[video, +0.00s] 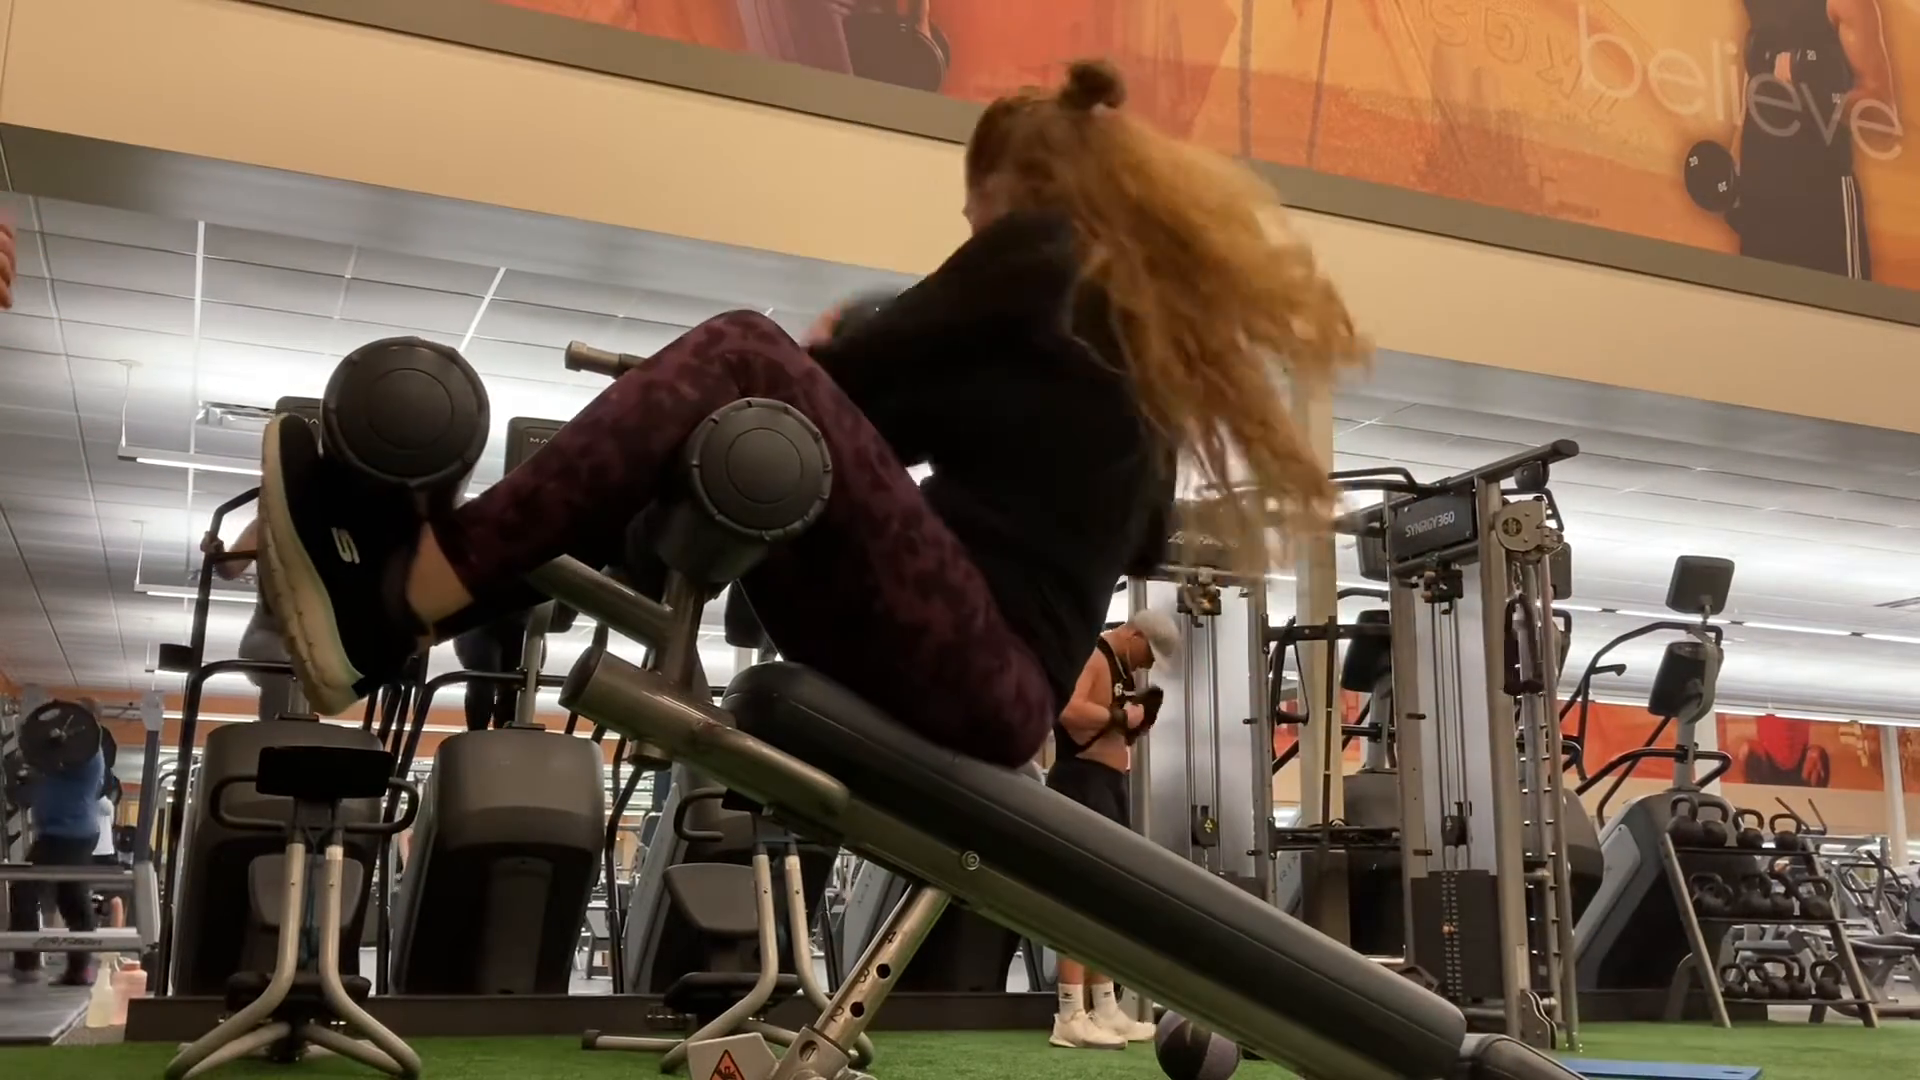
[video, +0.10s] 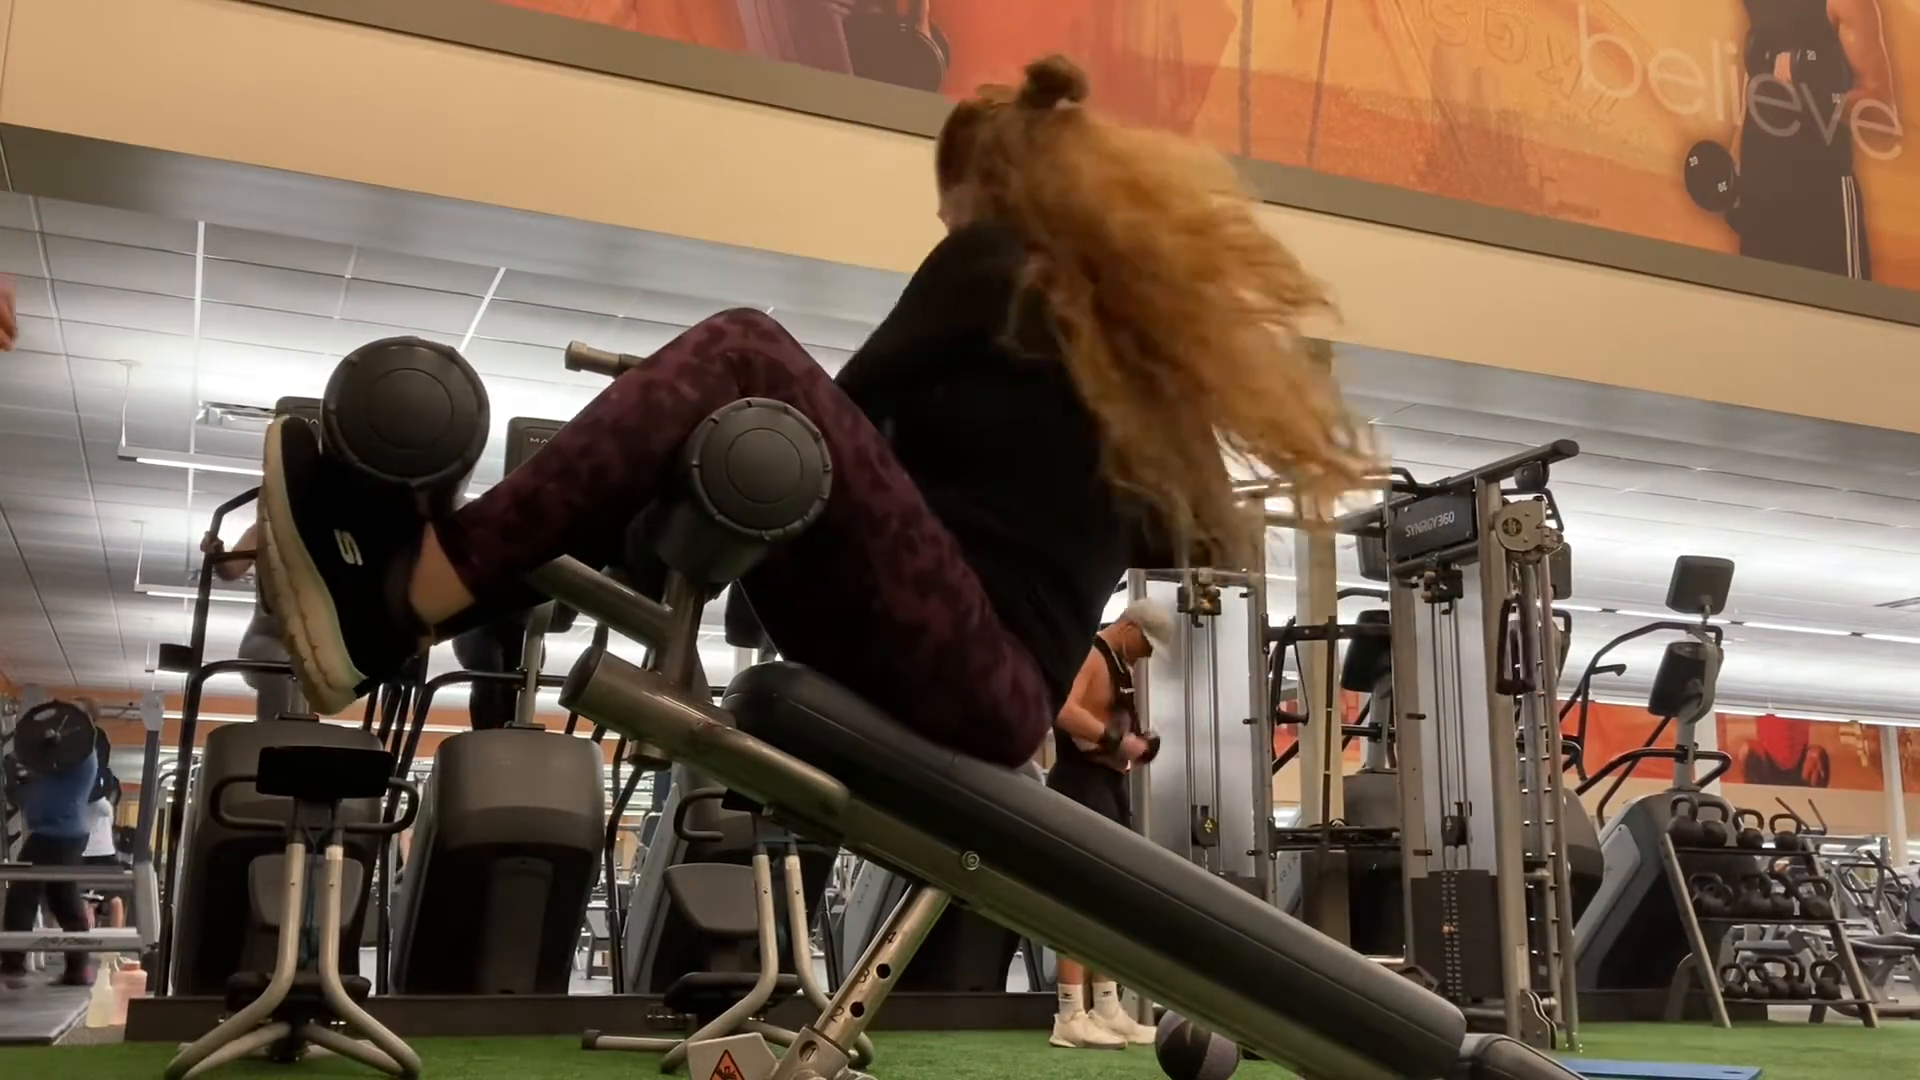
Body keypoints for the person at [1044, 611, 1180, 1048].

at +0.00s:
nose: (1145, 664)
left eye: (1150, 659)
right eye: (1147, 655)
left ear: (1137, 637)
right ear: (1135, 634)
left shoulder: (1118, 666)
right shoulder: (1093, 654)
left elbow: (1109, 733)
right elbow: (1069, 709)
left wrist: (1136, 721)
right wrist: (1120, 715)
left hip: (1110, 786)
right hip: (1082, 783)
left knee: (1104, 899)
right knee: (1075, 898)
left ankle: (1105, 1008)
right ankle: (1070, 1017)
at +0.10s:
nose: (1145, 656)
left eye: (1149, 650)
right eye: (1146, 646)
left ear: (1134, 632)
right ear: (1131, 628)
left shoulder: (1117, 663)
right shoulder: (1090, 654)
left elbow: (1107, 722)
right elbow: (1063, 711)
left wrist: (1131, 743)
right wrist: (1116, 738)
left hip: (1108, 784)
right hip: (1079, 783)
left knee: (1106, 898)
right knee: (1076, 900)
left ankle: (1106, 1009)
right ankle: (1070, 1018)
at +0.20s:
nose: (1145, 643)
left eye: (1149, 636)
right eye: (1144, 633)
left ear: (1134, 625)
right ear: (1124, 618)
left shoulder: (1118, 662)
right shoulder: (1089, 656)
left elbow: (1108, 726)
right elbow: (1063, 715)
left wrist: (1137, 745)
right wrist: (1103, 756)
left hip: (1108, 797)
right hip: (1078, 796)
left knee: (1106, 902)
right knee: (1075, 904)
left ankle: (1109, 1009)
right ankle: (1071, 1017)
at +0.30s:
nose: (1144, 628)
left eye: (1148, 619)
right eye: (1140, 617)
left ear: (1135, 618)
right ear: (1115, 610)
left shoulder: (1119, 662)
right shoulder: (1089, 657)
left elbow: (1114, 728)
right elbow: (1060, 715)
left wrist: (1139, 760)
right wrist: (1094, 763)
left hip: (1107, 798)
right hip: (1075, 797)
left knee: (1104, 902)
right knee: (1072, 904)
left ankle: (1108, 1009)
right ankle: (1071, 1017)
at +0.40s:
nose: (1138, 621)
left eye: (1141, 613)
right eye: (1132, 611)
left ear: (1134, 613)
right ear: (1109, 608)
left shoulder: (1118, 658)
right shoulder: (1093, 658)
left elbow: (1113, 725)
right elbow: (1063, 718)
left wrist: (1129, 774)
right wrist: (1088, 772)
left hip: (1115, 790)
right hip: (1085, 788)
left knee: (1108, 899)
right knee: (1074, 901)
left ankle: (1108, 1008)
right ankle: (1070, 1015)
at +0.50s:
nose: (1138, 615)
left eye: (1140, 608)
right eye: (1130, 607)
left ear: (1132, 613)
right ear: (1108, 609)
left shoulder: (1120, 660)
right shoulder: (1096, 657)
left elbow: (1112, 727)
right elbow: (1066, 719)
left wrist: (1127, 779)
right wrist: (1085, 772)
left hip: (1115, 790)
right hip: (1088, 788)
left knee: (1107, 900)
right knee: (1077, 900)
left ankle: (1108, 1008)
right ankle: (1070, 1015)